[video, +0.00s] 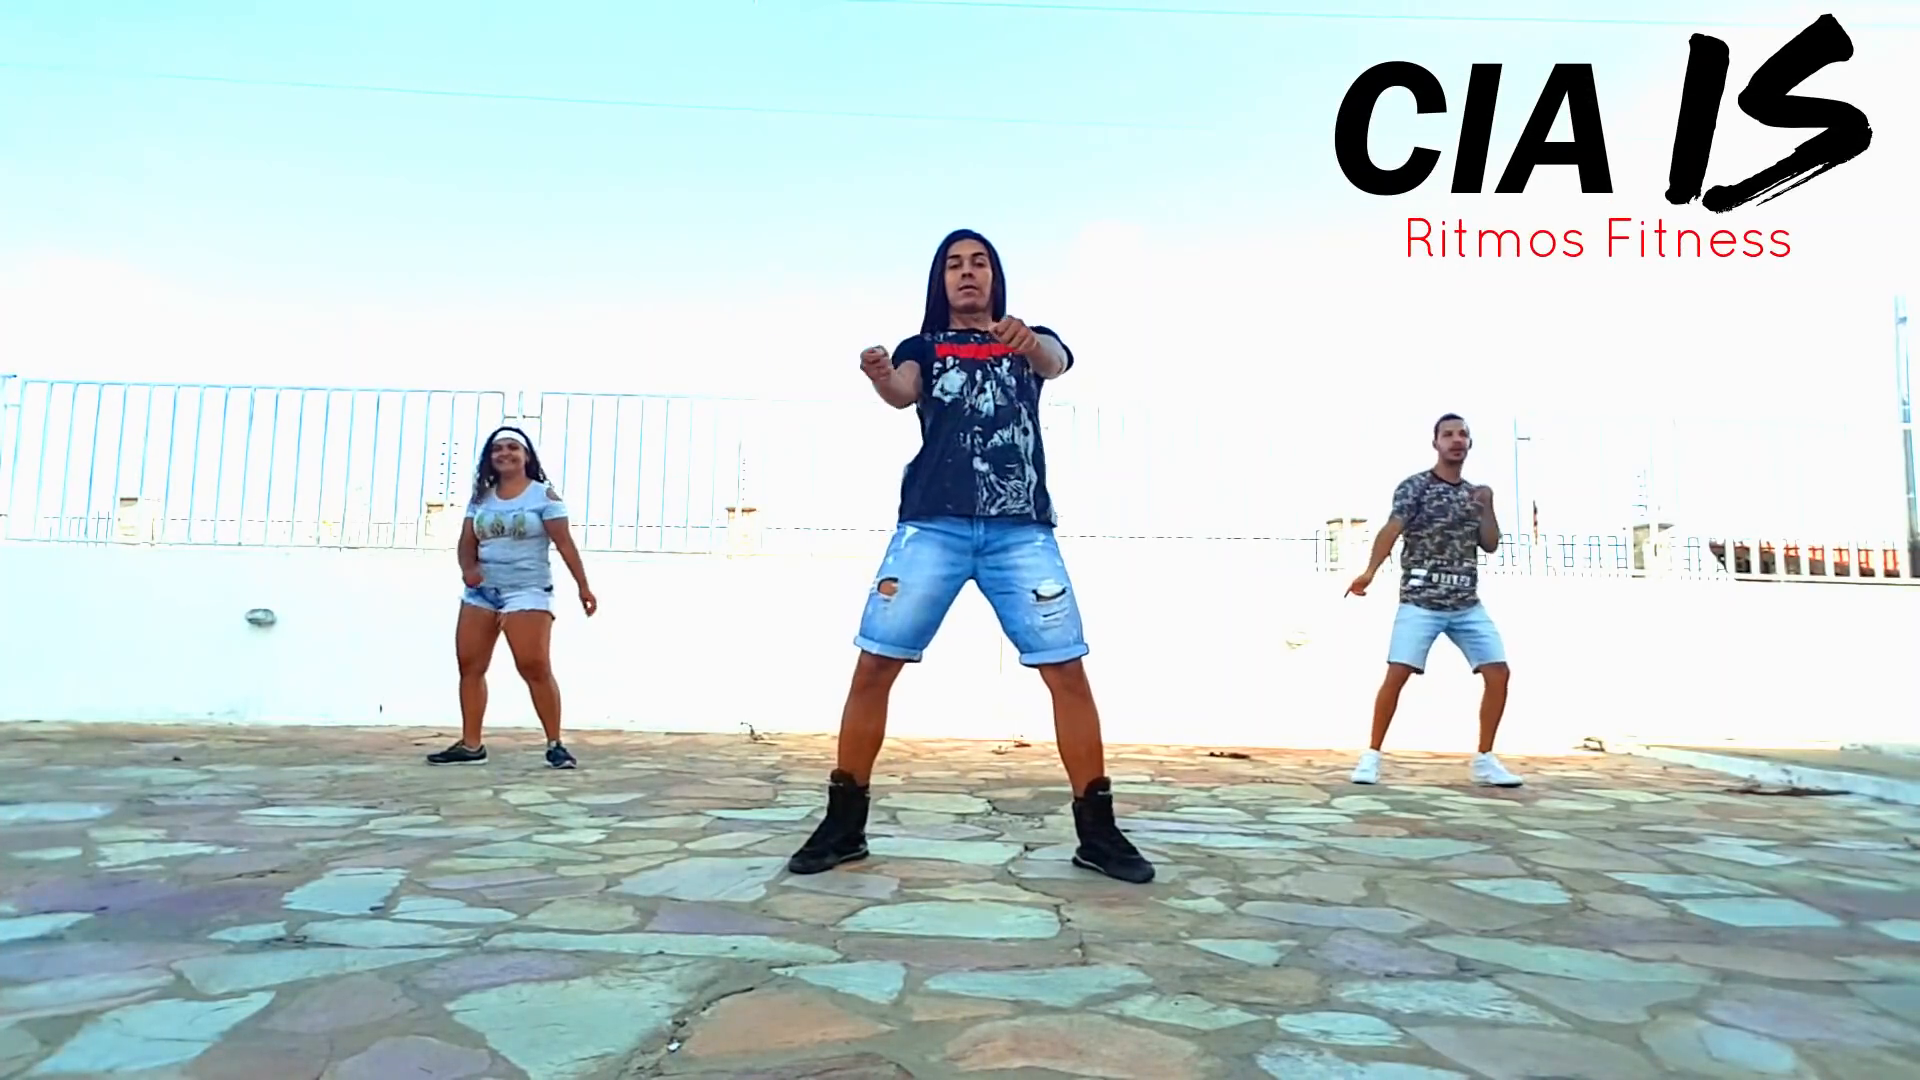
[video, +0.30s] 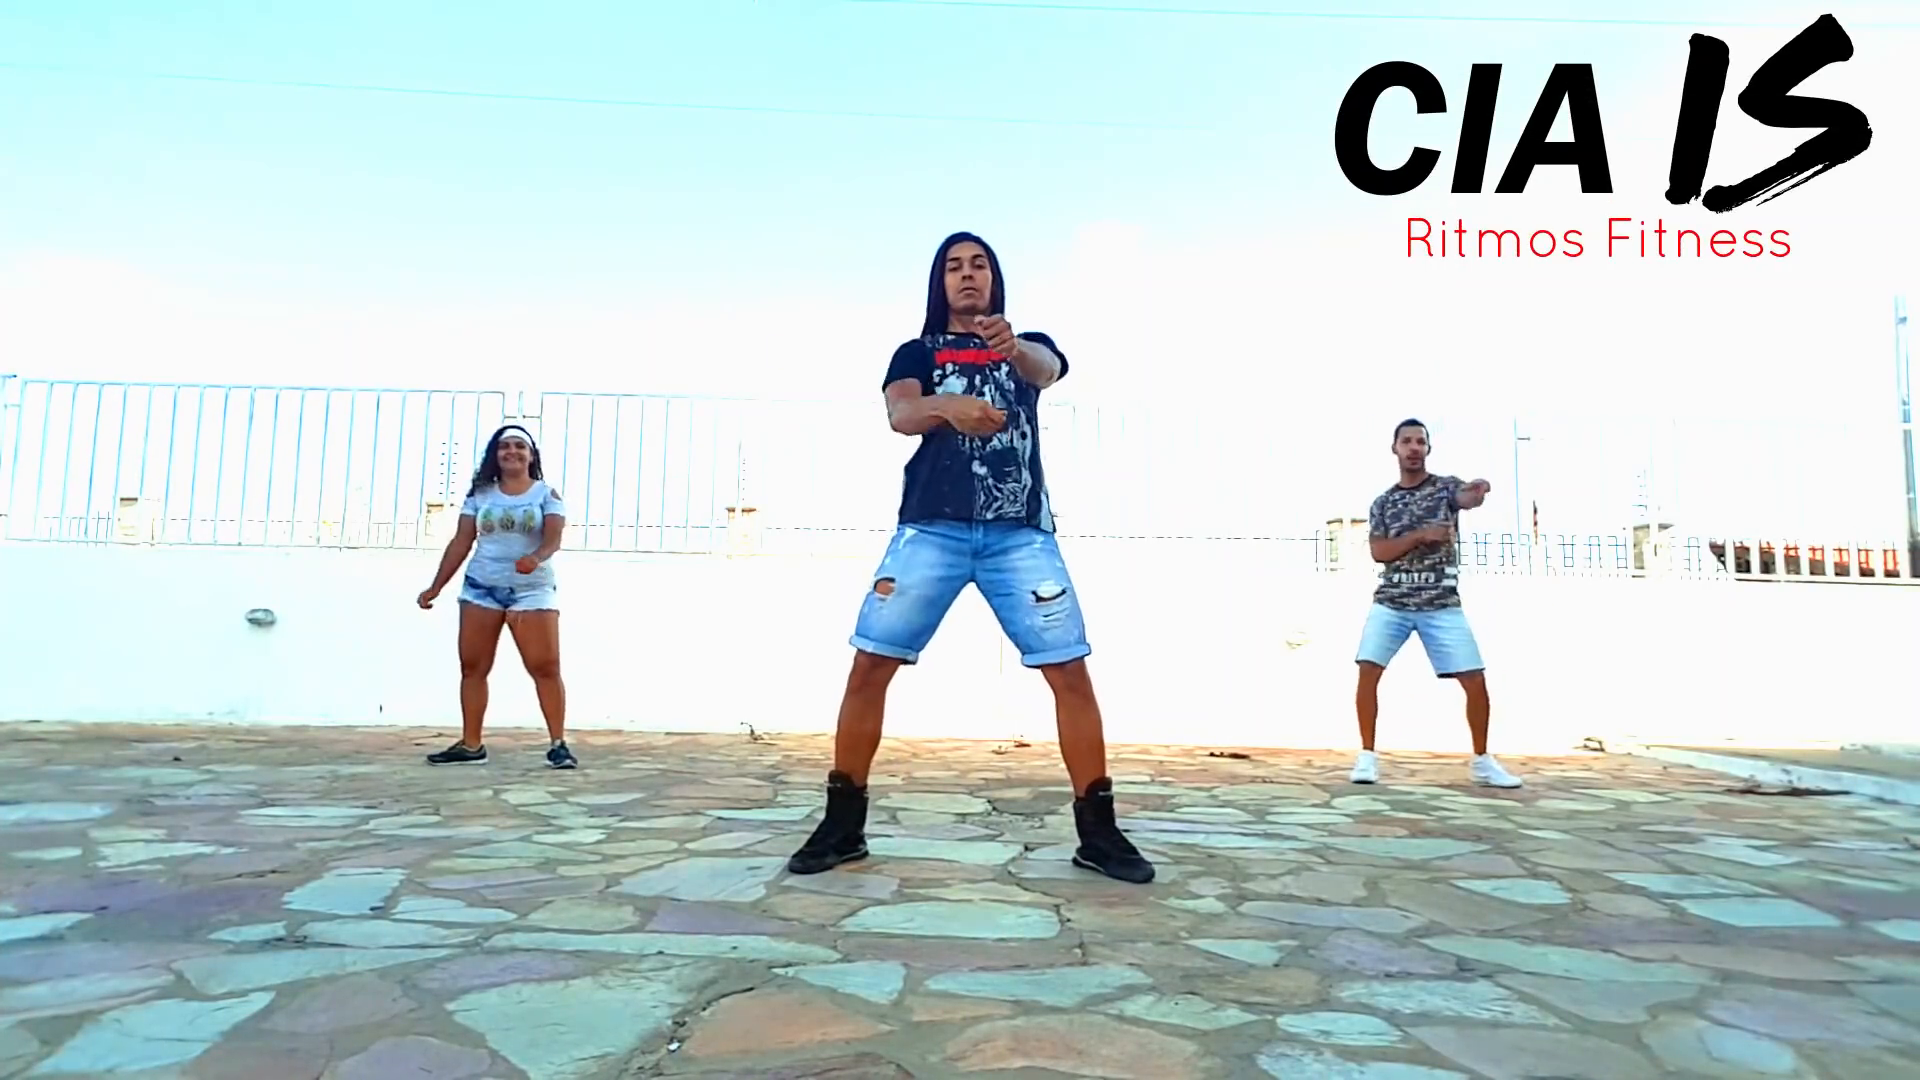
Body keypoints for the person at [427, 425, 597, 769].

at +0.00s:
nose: (505, 452)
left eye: (513, 447)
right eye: (498, 448)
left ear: (526, 456)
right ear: (490, 459)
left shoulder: (543, 494)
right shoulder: (481, 497)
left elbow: (564, 543)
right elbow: (467, 541)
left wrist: (583, 585)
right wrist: (468, 567)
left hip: (528, 590)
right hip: (481, 589)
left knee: (534, 668)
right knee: (470, 664)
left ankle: (555, 744)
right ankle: (471, 744)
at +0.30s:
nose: (512, 451)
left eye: (519, 446)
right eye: (505, 446)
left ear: (531, 455)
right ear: (494, 455)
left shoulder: (545, 493)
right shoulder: (479, 494)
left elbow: (553, 538)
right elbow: (462, 541)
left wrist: (535, 557)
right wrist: (436, 586)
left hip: (532, 590)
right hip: (481, 589)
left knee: (545, 668)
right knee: (472, 667)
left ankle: (558, 743)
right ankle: (471, 744)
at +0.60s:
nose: (521, 454)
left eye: (528, 449)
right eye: (514, 449)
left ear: (541, 458)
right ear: (504, 457)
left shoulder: (550, 493)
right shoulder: (488, 495)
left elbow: (559, 517)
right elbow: (476, 529)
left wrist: (552, 529)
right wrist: (469, 548)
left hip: (537, 585)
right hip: (490, 584)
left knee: (546, 666)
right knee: (475, 666)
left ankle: (558, 744)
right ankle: (471, 743)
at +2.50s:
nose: (512, 445)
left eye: (519, 439)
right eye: (504, 439)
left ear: (530, 446)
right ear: (493, 447)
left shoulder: (541, 476)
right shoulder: (482, 486)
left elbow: (550, 496)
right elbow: (459, 528)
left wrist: (558, 502)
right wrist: (420, 541)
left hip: (533, 576)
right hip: (484, 575)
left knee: (546, 654)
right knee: (446, 645)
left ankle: (558, 734)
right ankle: (447, 723)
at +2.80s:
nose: (489, 446)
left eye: (497, 440)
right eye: (483, 439)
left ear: (508, 448)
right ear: (472, 445)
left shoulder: (512, 483)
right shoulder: (449, 481)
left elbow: (520, 499)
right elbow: (433, 510)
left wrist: (517, 506)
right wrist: (426, 526)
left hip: (501, 570)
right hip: (453, 569)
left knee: (523, 648)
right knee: (434, 655)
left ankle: (544, 724)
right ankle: (438, 730)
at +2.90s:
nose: (468, 435)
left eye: (476, 430)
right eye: (462, 430)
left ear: (491, 436)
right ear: (454, 438)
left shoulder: (505, 467)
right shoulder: (442, 472)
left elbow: (507, 482)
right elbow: (422, 505)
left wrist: (502, 488)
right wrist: (390, 522)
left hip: (487, 565)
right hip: (437, 564)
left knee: (497, 643)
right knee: (419, 646)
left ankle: (507, 725)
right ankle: (419, 723)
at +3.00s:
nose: (453, 439)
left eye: (461, 434)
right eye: (446, 434)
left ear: (477, 441)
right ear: (439, 443)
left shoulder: (491, 472)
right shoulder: (428, 481)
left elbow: (493, 485)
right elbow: (414, 516)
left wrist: (483, 490)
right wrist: (389, 530)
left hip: (474, 570)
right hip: (425, 567)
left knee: (475, 656)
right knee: (399, 648)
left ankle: (477, 738)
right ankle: (383, 724)